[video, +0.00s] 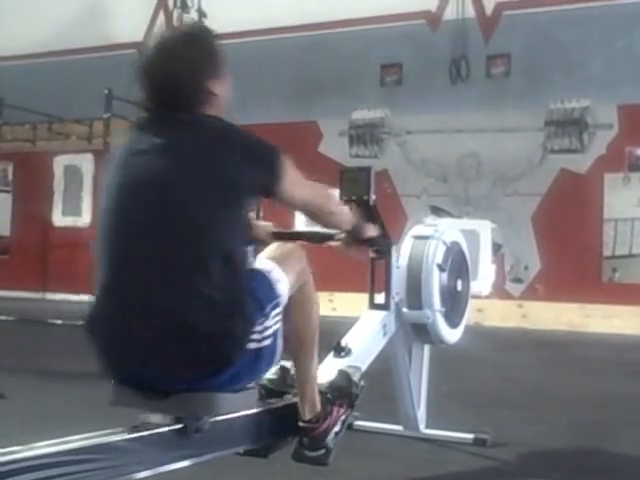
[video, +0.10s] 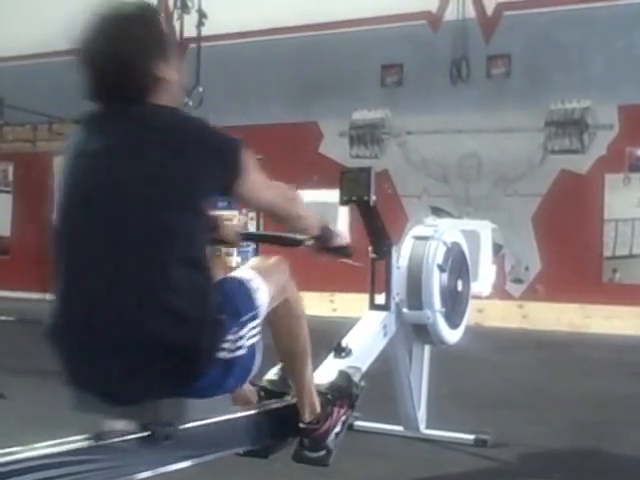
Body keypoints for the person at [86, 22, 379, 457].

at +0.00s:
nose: (228, 84)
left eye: (224, 73)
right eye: (223, 73)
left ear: (153, 87)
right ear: (210, 85)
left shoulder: (131, 149)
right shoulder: (230, 146)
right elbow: (320, 202)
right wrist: (354, 224)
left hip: (126, 361)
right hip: (205, 365)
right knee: (293, 256)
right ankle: (311, 410)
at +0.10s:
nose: (180, 73)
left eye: (177, 60)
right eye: (175, 60)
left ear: (101, 72)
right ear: (158, 69)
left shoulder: (85, 140)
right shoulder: (189, 138)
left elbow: (122, 229)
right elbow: (280, 200)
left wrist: (209, 227)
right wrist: (321, 228)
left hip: (90, 367)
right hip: (178, 368)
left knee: (213, 270)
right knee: (278, 273)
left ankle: (246, 401)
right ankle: (311, 410)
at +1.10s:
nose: (245, 106)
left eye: (243, 94)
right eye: (242, 94)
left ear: (175, 104)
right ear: (227, 103)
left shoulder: (148, 161)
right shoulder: (252, 165)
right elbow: (341, 248)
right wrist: (365, 261)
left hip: (142, 369)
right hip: (224, 372)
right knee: (309, 257)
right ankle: (318, 418)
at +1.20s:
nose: (268, 116)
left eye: (265, 106)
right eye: (265, 106)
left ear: (198, 116)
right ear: (255, 115)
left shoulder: (171, 167)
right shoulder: (276, 173)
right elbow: (351, 240)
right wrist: (379, 261)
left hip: (161, 366)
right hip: (240, 369)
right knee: (314, 250)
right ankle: (317, 418)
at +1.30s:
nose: (279, 119)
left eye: (276, 110)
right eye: (277, 110)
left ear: (210, 120)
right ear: (267, 121)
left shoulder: (185, 170)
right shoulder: (282, 174)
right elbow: (357, 231)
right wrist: (391, 258)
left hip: (169, 367)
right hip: (246, 369)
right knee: (317, 251)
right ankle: (316, 413)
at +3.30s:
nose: (208, 74)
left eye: (202, 61)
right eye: (200, 62)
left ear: (125, 83)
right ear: (181, 77)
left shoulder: (101, 155)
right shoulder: (206, 154)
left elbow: (150, 236)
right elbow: (307, 221)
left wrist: (237, 246)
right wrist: (351, 247)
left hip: (117, 388)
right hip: (198, 387)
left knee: (237, 288)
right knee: (313, 295)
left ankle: (286, 415)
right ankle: (358, 429)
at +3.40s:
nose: (156, 64)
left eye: (152, 51)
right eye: (150, 50)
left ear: (63, 69)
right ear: (128, 60)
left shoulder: (42, 154)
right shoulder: (167, 146)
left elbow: (94, 238)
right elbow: (272, 225)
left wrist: (194, 240)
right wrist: (321, 243)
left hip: (82, 396)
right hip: (170, 385)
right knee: (304, 327)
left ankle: (287, 415)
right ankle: (364, 430)